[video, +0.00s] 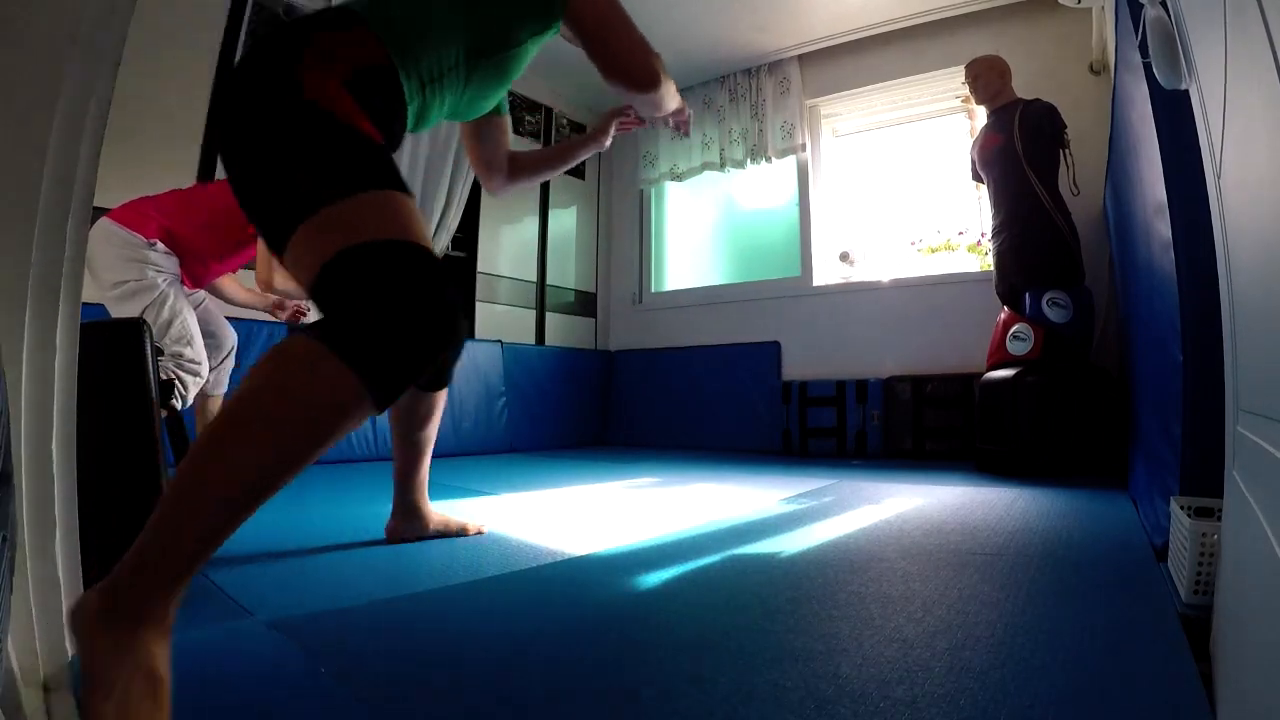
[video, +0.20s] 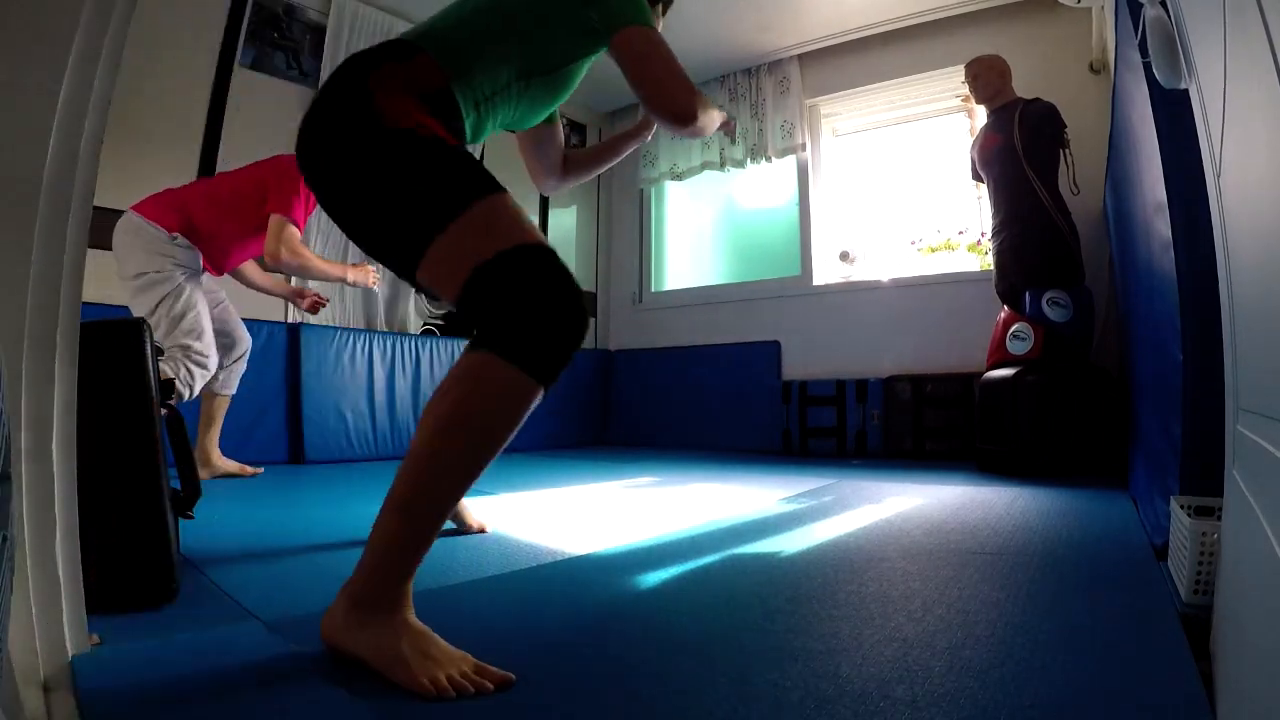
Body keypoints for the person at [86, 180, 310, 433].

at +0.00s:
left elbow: (209, 274)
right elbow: (273, 280)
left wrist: (270, 304)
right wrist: (322, 290)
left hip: (166, 259)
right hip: (133, 245)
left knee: (221, 341)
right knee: (187, 365)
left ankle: (209, 458)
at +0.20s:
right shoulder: (293, 175)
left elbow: (234, 260)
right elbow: (282, 252)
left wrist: (290, 292)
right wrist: (348, 272)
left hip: (190, 255)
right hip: (154, 237)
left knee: (233, 345)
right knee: (193, 358)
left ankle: (207, 455)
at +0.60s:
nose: (429, 171)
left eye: (429, 163)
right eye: (428, 162)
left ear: (399, 156)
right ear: (413, 158)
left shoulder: (364, 178)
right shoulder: (382, 175)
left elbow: (303, 252)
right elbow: (380, 246)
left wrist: (357, 273)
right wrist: (435, 255)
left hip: (278, 265)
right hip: (251, 254)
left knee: (320, 349)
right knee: (277, 362)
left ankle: (313, 451)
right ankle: (176, 436)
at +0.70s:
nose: (449, 174)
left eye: (449, 165)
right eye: (449, 164)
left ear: (414, 157)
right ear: (437, 160)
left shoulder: (384, 183)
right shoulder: (401, 174)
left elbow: (344, 261)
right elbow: (398, 242)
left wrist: (396, 268)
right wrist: (453, 253)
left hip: (291, 254)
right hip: (276, 248)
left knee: (348, 346)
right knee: (334, 339)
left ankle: (318, 445)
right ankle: (251, 434)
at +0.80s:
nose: (466, 181)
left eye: (468, 173)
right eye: (467, 172)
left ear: (437, 162)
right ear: (455, 164)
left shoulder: (404, 181)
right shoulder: (420, 176)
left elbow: (358, 260)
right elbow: (423, 246)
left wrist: (414, 267)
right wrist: (474, 254)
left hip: (326, 263)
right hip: (308, 259)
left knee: (388, 335)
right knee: (361, 349)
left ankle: (347, 425)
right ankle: (288, 453)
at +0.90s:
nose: (483, 183)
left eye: (482, 175)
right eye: (482, 174)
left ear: (446, 169)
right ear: (471, 171)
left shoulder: (427, 192)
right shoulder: (442, 186)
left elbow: (383, 268)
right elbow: (449, 251)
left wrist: (430, 272)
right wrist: (493, 257)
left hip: (362, 282)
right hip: (337, 276)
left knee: (411, 349)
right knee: (373, 368)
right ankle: (291, 458)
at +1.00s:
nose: (501, 193)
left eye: (501, 185)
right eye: (500, 184)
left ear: (464, 180)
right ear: (489, 182)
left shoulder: (444, 204)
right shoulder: (462, 200)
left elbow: (423, 280)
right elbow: (473, 263)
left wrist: (467, 277)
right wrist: (516, 265)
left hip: (391, 292)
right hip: (369, 286)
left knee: (436, 358)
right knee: (407, 368)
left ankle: (418, 445)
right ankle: (317, 436)